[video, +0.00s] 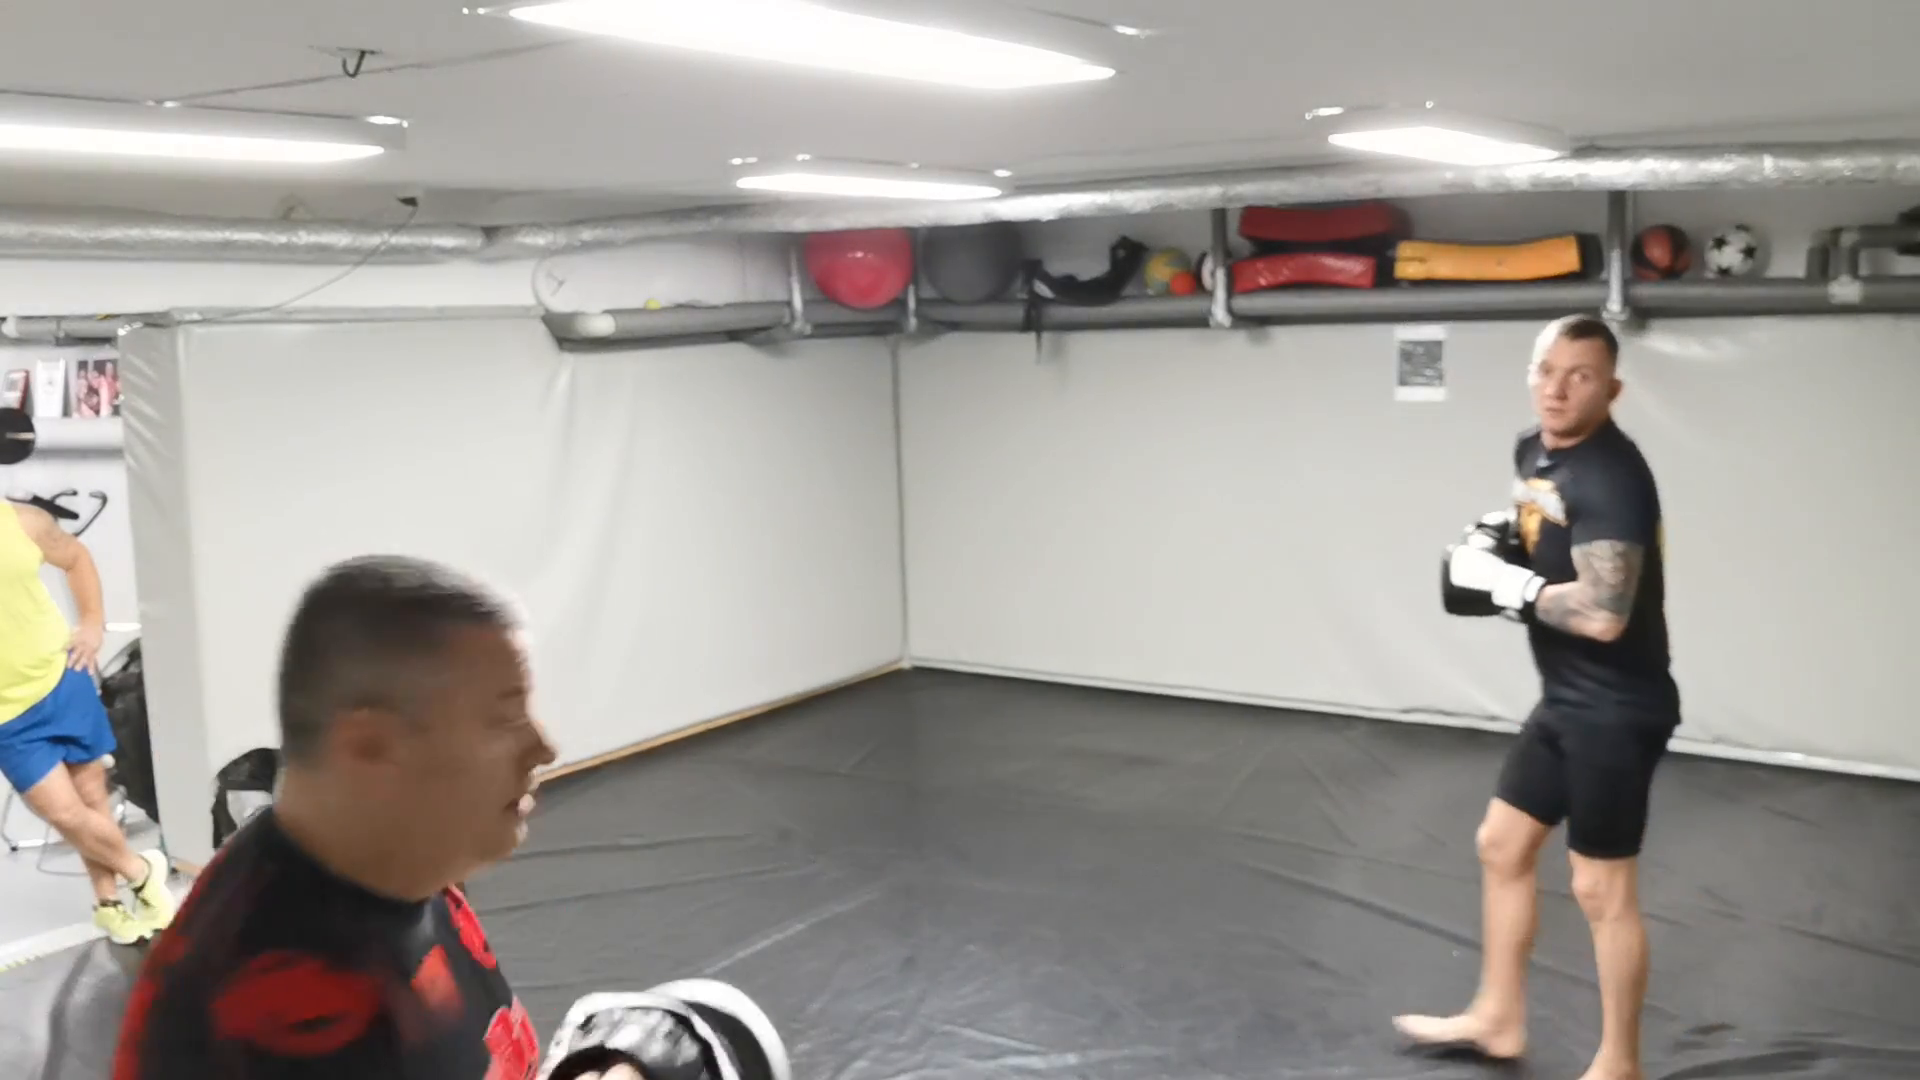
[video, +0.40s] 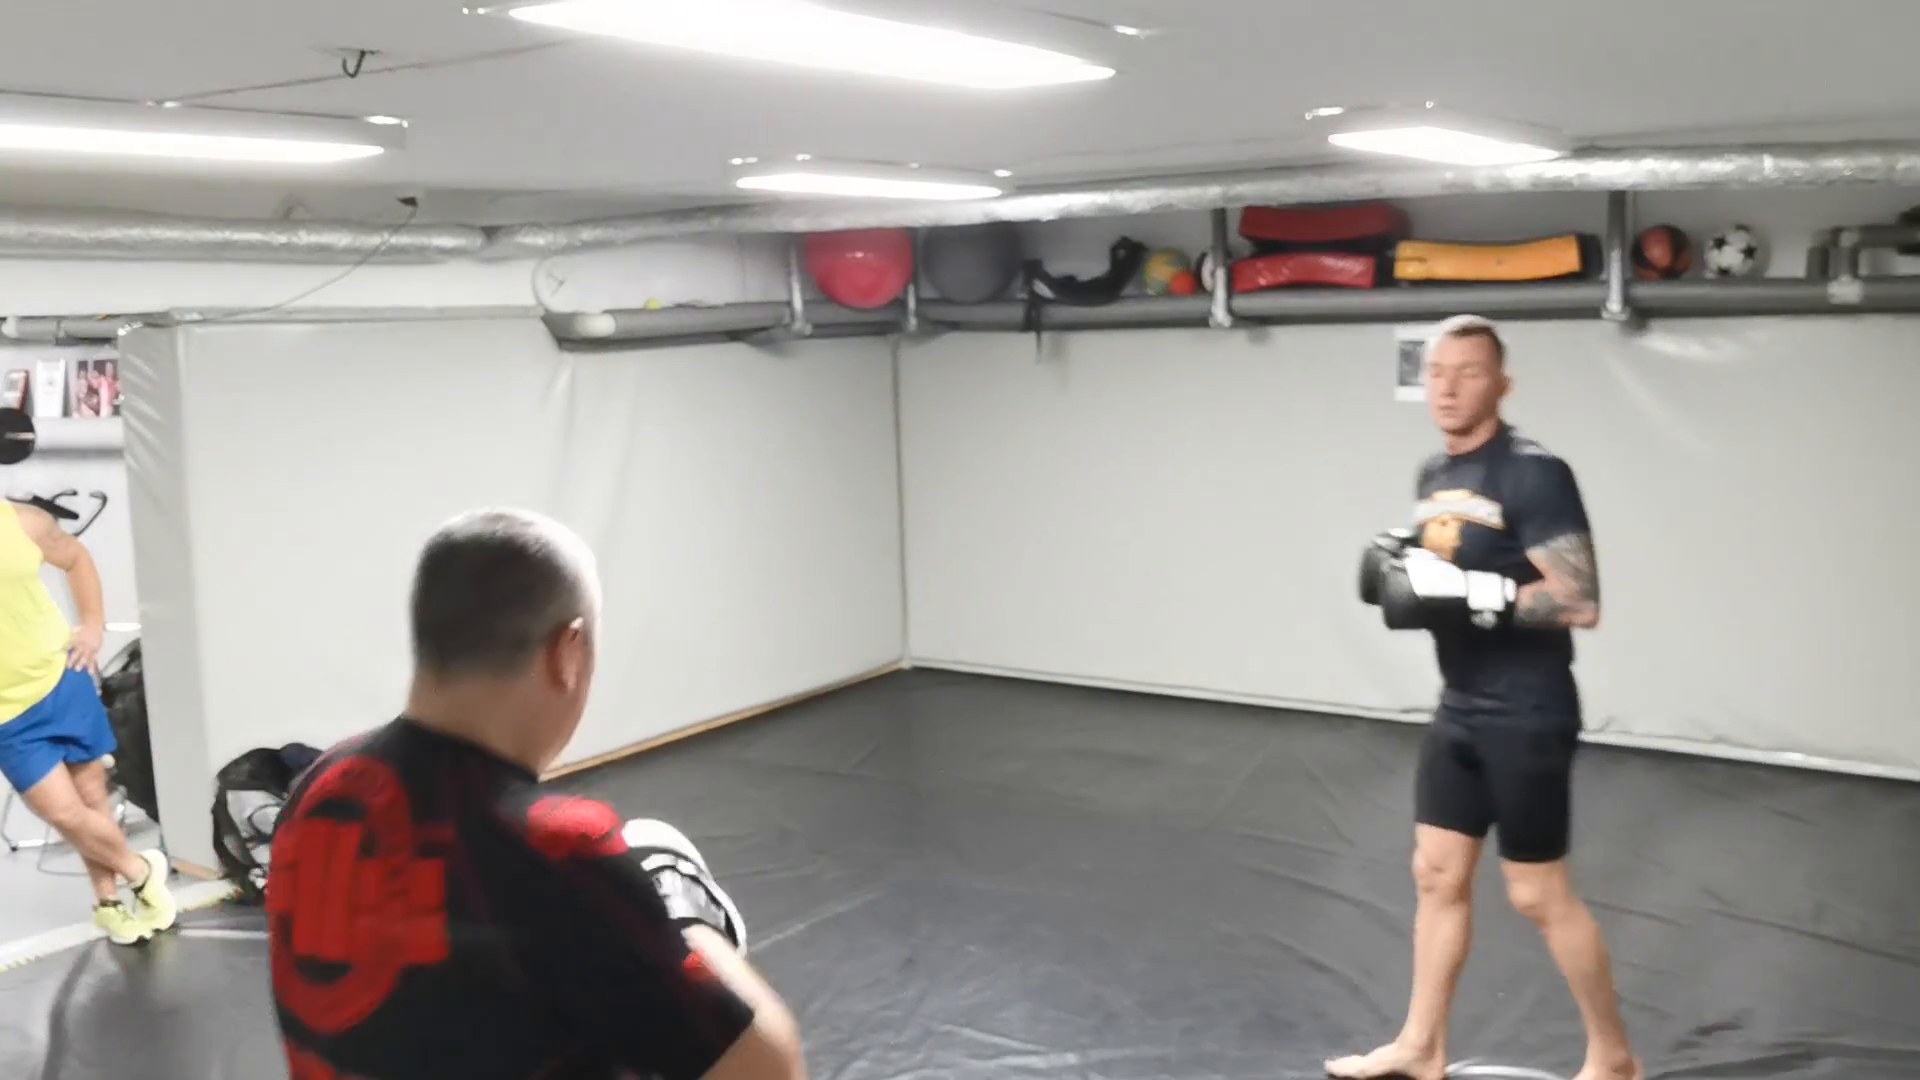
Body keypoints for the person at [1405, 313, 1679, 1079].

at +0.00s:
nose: (1557, 389)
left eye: (1577, 377)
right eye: (1546, 372)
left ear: (1611, 389)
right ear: (1531, 377)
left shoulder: (1613, 476)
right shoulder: (1536, 449)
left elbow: (1604, 615)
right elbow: (1545, 545)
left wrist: (1510, 585)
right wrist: (1497, 545)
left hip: (1620, 707)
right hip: (1565, 694)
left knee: (1603, 889)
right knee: (1504, 846)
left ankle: (1619, 1059)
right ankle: (1498, 1018)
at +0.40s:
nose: (1446, 390)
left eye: (1464, 376)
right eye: (1437, 376)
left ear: (1501, 386)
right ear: (1424, 385)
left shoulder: (1537, 474)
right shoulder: (1436, 475)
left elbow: (1577, 598)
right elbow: (1448, 574)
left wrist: (1477, 596)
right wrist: (1399, 574)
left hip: (1530, 715)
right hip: (1459, 709)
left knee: (1541, 892)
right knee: (1437, 876)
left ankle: (1612, 1055)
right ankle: (1422, 1046)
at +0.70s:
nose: (1362, 395)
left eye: (1378, 380)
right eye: (1354, 381)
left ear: (1423, 386)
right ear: (1348, 389)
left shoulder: (1472, 470)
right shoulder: (1358, 485)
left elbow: (1509, 599)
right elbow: (1323, 609)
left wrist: (1418, 570)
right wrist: (1305, 565)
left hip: (1464, 707)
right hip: (1394, 705)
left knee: (1421, 897)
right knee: (1395, 884)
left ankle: (1527, 1038)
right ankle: (1417, 1049)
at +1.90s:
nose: (1210, 452)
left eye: (1224, 433)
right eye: (1203, 434)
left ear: (1277, 425)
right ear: (1201, 432)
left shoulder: (1318, 505)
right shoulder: (1241, 507)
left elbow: (1283, 647)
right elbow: (1173, 623)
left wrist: (1220, 567)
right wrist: (1154, 537)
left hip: (1332, 765)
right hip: (1290, 758)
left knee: (1281, 979)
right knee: (1301, 930)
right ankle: (1361, 1070)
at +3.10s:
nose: (1147, 478)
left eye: (1161, 457)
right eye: (1141, 459)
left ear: (1221, 444)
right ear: (1215, 448)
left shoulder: (1252, 534)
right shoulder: (1217, 523)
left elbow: (1188, 695)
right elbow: (1171, 633)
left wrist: (1120, 581)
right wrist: (1118, 568)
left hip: (1298, 817)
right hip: (1283, 805)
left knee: (1197, 1042)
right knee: (1291, 981)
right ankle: (1362, 1074)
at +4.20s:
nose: (1147, 540)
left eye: (1159, 516)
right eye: (1140, 519)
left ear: (1222, 496)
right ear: (1222, 499)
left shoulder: (1267, 588)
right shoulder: (1259, 573)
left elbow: (1212, 769)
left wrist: (1136, 642)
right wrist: (1145, 641)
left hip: (1294, 905)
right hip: (1339, 884)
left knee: (1201, 1069)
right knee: (1327, 1062)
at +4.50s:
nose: (1074, 543)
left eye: (1079, 518)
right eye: (1065, 523)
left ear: (1140, 496)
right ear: (1152, 492)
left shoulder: (1167, 598)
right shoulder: (1273, 550)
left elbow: (1103, 795)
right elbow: (1212, 700)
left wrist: (1039, 662)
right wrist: (1115, 604)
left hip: (1256, 925)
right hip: (1355, 901)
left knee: (1193, 1068)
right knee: (1322, 1067)